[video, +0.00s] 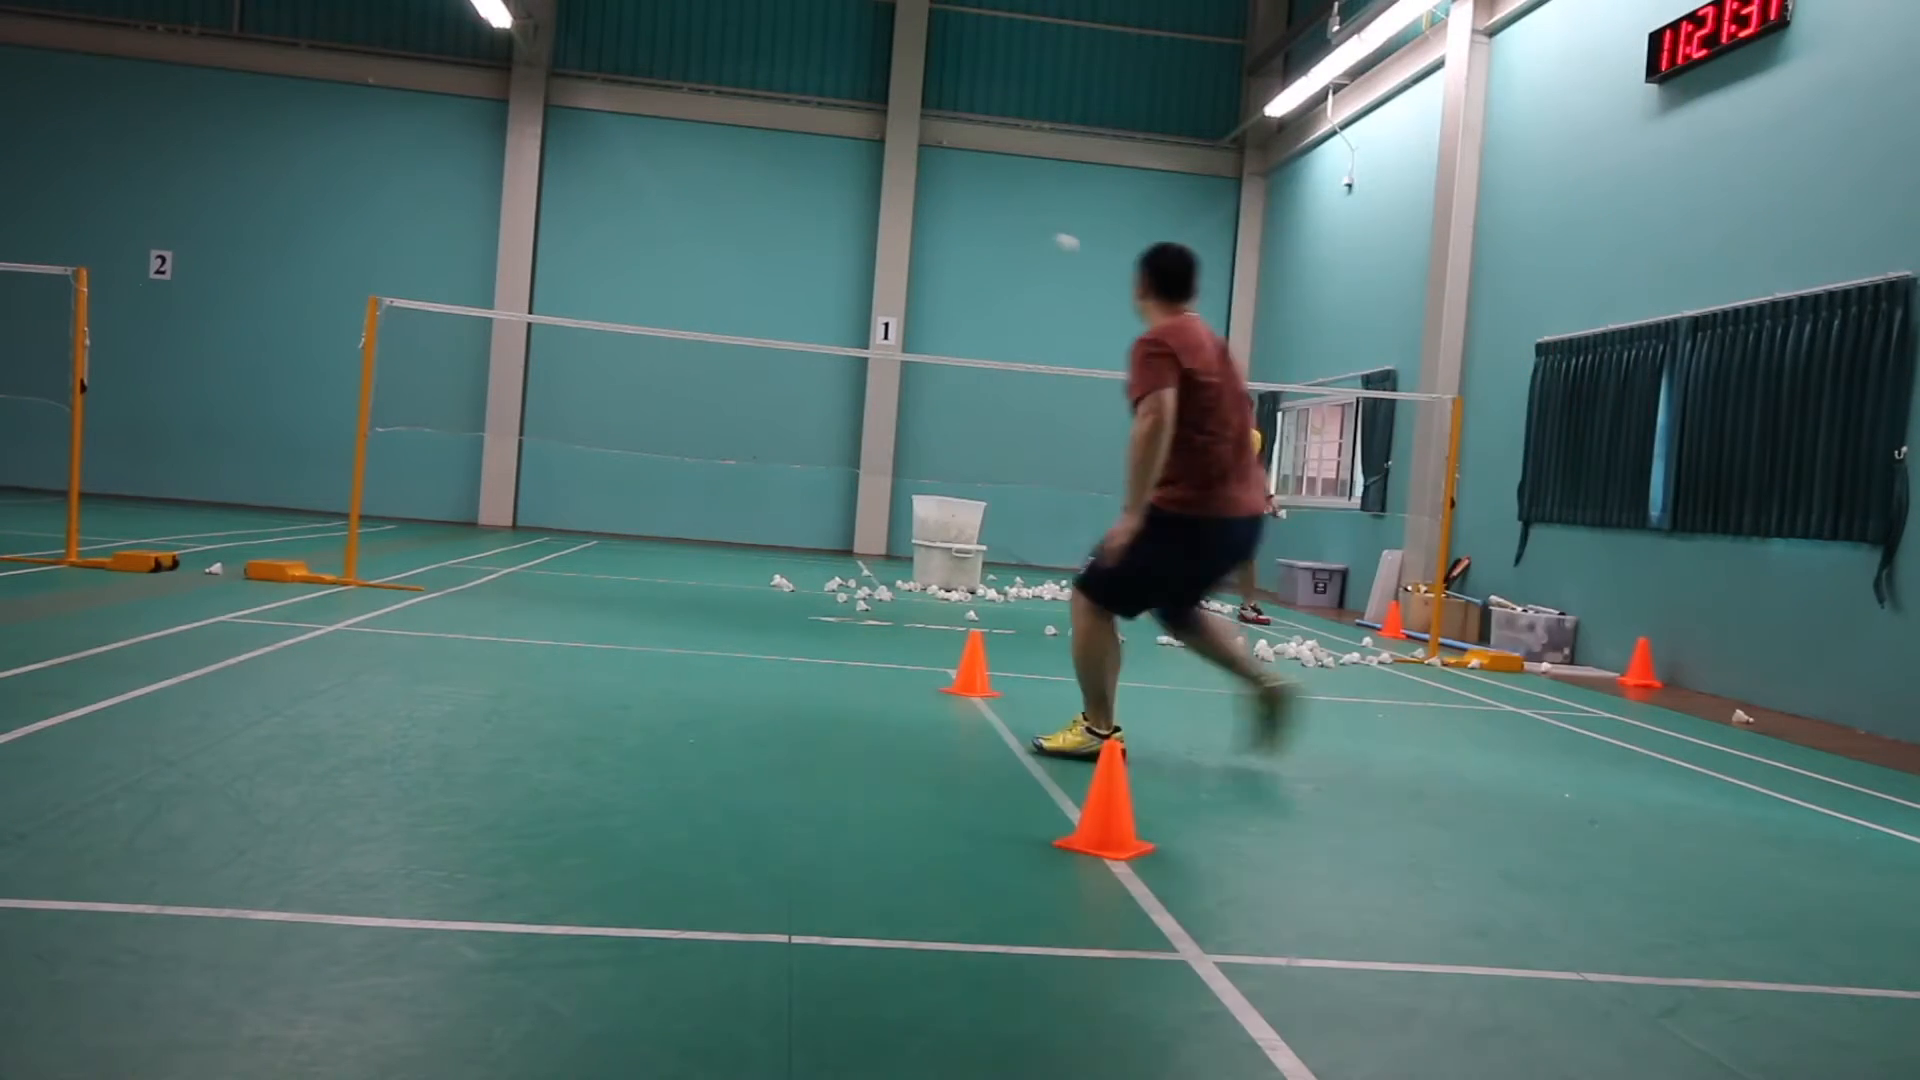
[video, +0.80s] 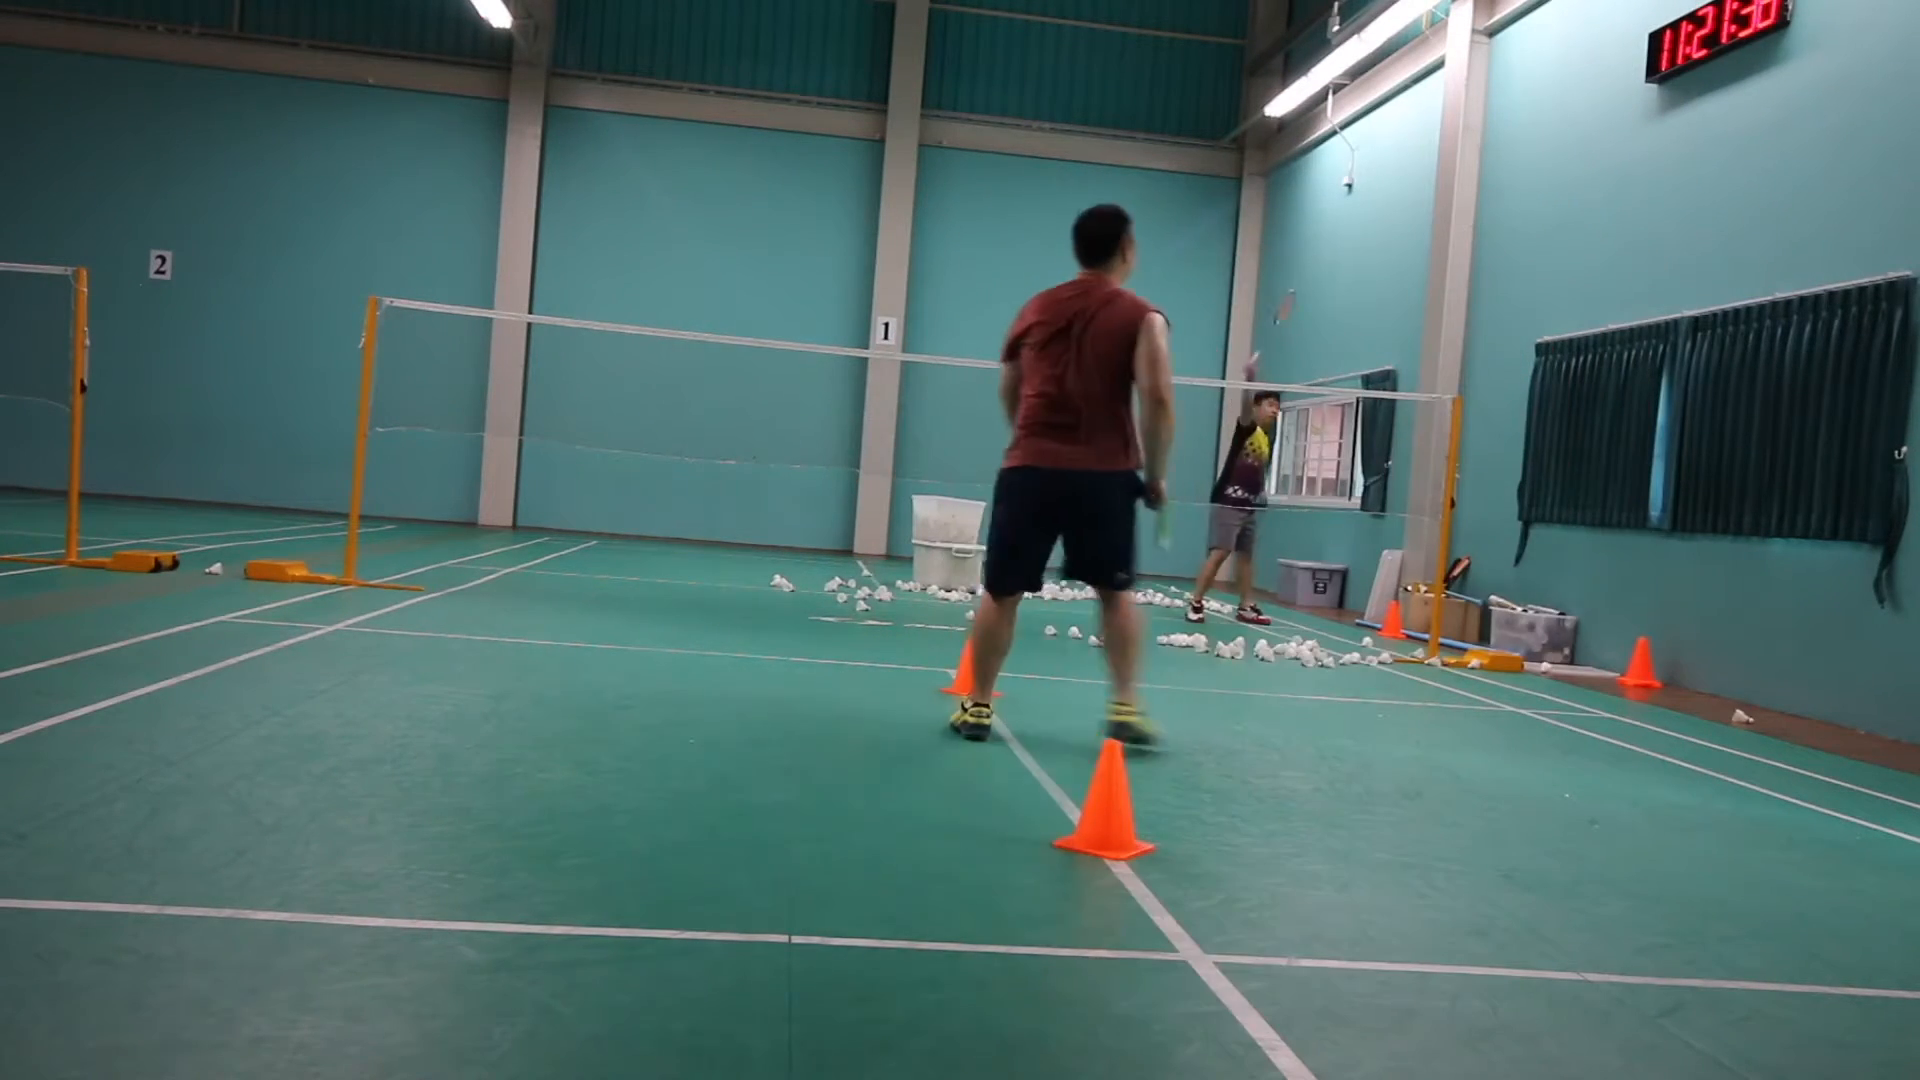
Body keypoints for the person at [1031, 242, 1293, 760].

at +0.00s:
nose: (1135, 291)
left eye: (1137, 283)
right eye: (1139, 283)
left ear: (1142, 287)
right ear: (1190, 288)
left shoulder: (1158, 343)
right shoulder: (1215, 346)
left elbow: (1157, 418)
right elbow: (1241, 432)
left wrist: (1133, 511)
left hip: (1189, 516)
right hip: (1240, 517)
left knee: (1093, 596)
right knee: (1177, 609)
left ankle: (1098, 725)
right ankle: (1266, 683)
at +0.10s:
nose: (1078, 291)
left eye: (1080, 281)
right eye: (1082, 281)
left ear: (1089, 286)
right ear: (1128, 286)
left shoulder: (1120, 337)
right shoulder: (1145, 334)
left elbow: (1124, 417)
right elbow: (1090, 413)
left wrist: (1085, 502)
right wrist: (1015, 438)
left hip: (1158, 498)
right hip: (1188, 497)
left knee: (1066, 596)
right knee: (1099, 593)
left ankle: (1099, 726)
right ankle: (1090, 698)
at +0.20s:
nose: (1034, 295)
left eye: (1036, 285)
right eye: (1037, 285)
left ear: (1046, 289)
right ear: (1082, 290)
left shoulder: (1086, 340)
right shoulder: (1071, 347)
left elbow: (1105, 405)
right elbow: (1019, 403)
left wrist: (1072, 482)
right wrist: (962, 405)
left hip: (1104, 506)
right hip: (1085, 502)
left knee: (1032, 604)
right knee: (1026, 592)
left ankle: (1094, 721)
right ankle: (997, 688)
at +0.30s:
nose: (1017, 294)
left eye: (1019, 287)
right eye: (1020, 287)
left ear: (1026, 288)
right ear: (1069, 291)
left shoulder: (1055, 335)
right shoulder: (1069, 338)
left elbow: (1071, 391)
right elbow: (1034, 420)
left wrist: (1057, 463)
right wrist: (984, 425)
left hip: (1062, 500)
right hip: (1046, 495)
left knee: (997, 596)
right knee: (987, 576)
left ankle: (1074, 702)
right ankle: (992, 687)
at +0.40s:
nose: (1021, 284)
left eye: (1021, 276)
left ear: (1021, 276)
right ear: (1069, 283)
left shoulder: (1022, 309)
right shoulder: (1082, 332)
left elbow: (1012, 364)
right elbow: (1083, 409)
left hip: (1027, 475)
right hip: (1069, 480)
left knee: (971, 581)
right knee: (1001, 581)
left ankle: (1048, 687)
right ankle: (994, 687)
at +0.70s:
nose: (1098, 267)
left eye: (1095, 260)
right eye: (1098, 260)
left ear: (1043, 263)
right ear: (1090, 263)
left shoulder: (1004, 317)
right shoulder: (1116, 327)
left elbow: (960, 396)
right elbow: (1143, 405)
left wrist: (951, 465)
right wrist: (1137, 473)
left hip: (1005, 479)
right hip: (1076, 486)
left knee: (985, 592)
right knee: (1051, 588)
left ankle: (978, 706)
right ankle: (1025, 690)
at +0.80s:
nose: (1135, 253)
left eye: (1132, 244)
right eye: (1133, 245)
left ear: (1079, 251)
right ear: (1126, 250)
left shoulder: (1036, 307)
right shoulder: (1142, 316)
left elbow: (1010, 389)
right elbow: (1157, 397)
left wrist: (1030, 439)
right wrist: (1155, 474)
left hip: (1029, 473)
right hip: (1103, 480)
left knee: (1001, 592)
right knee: (1116, 593)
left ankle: (977, 706)